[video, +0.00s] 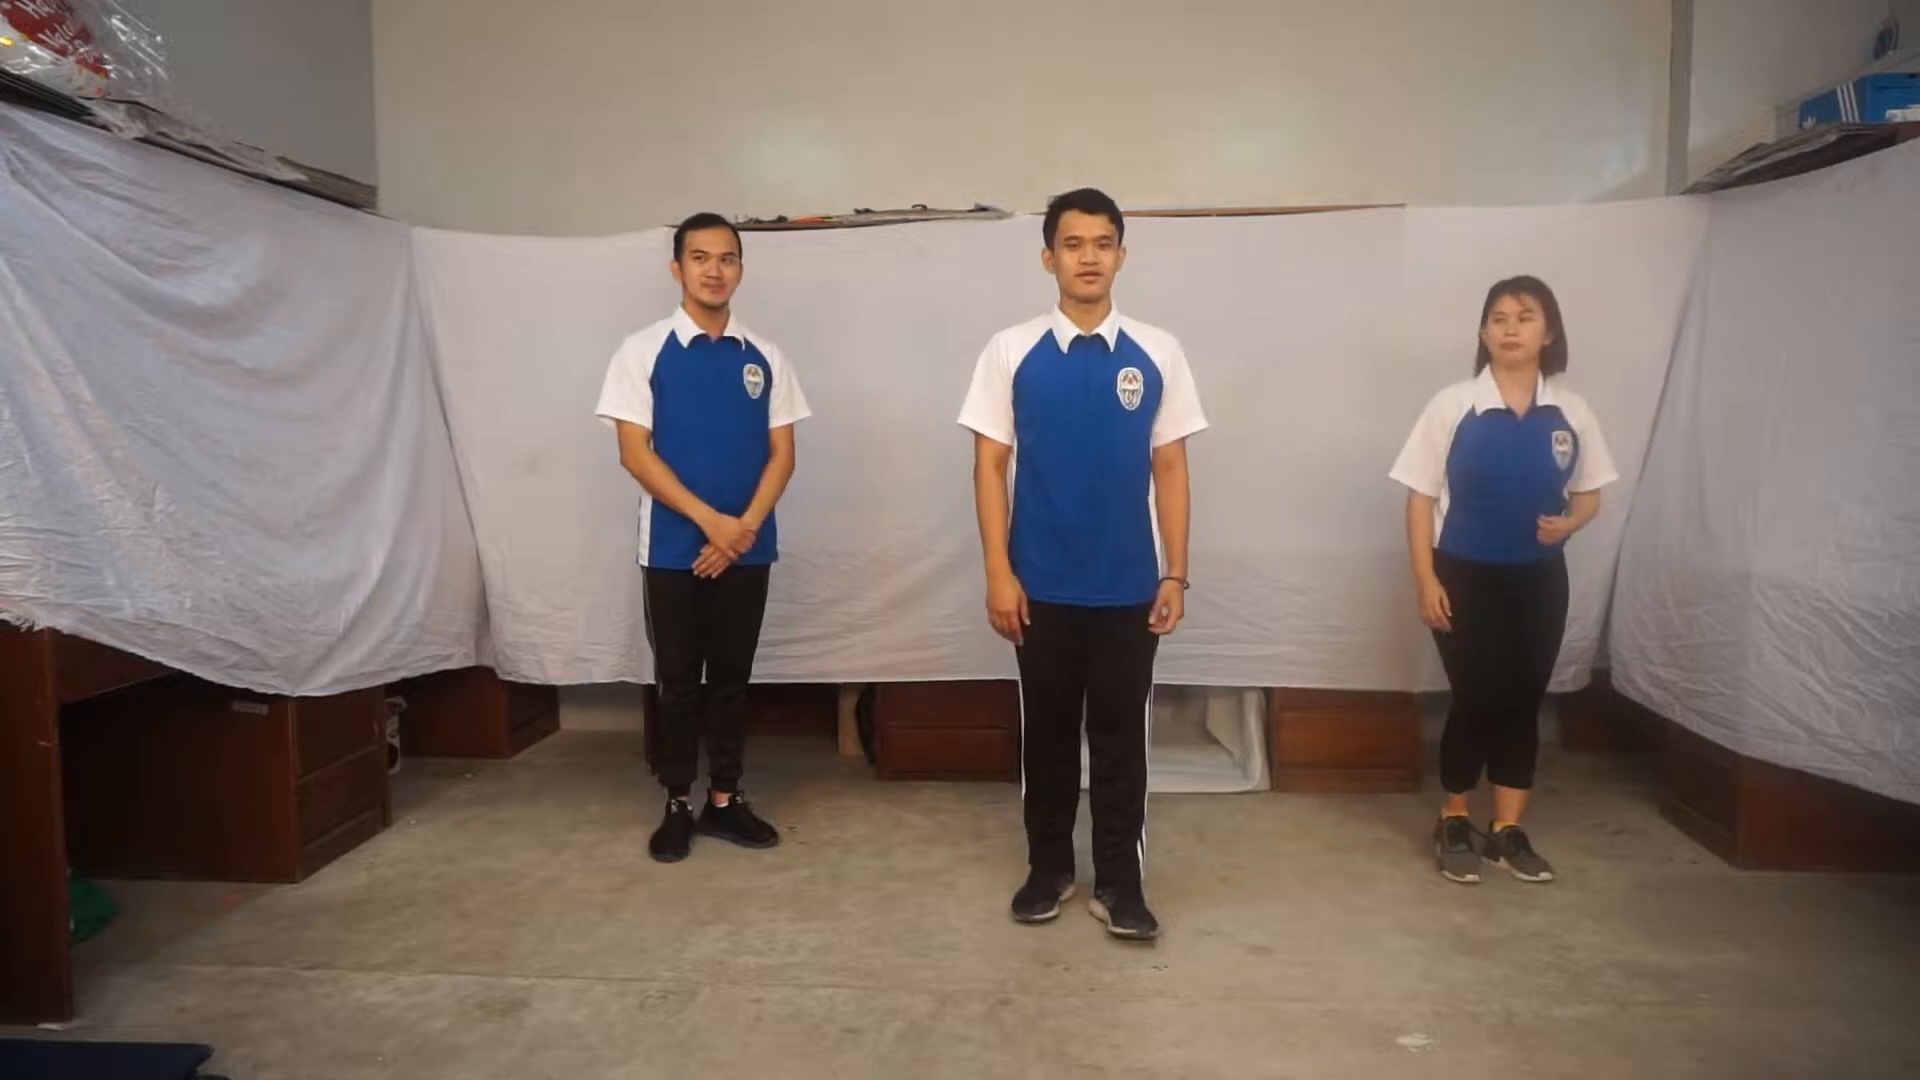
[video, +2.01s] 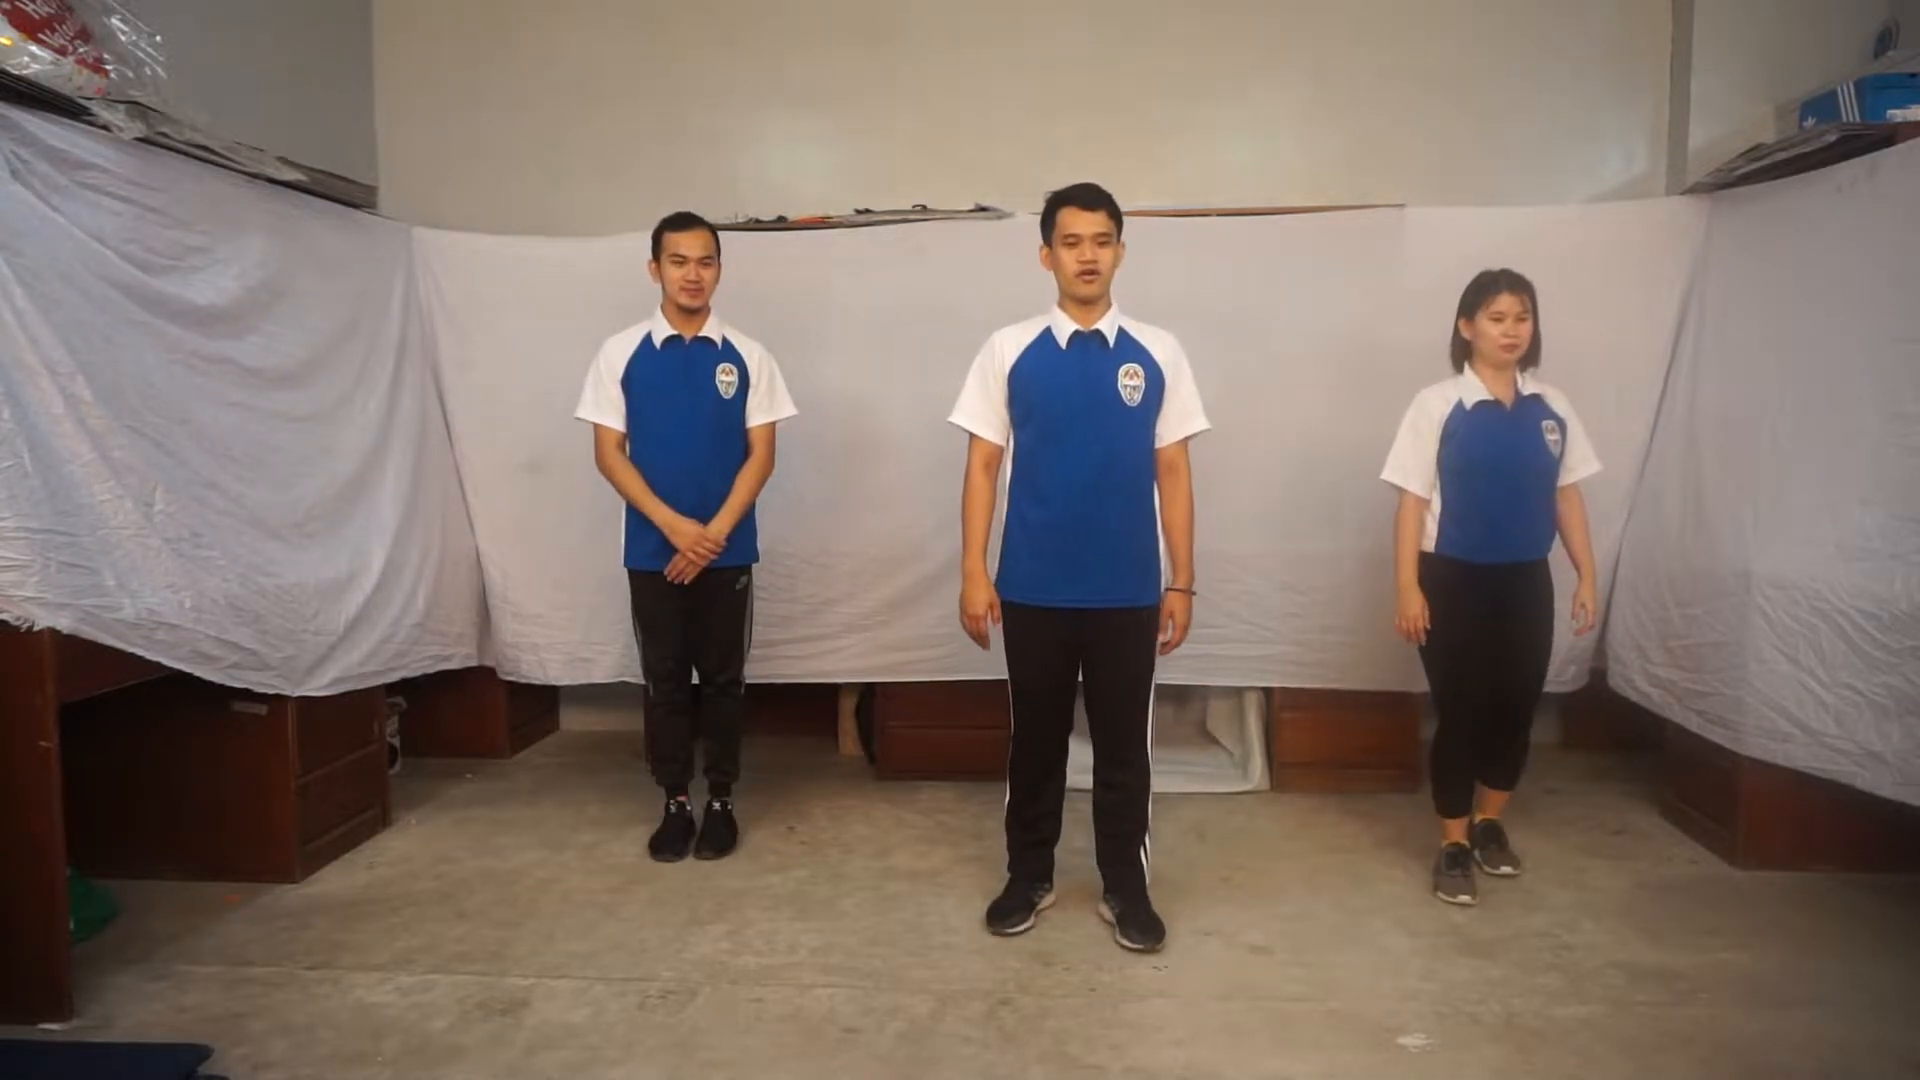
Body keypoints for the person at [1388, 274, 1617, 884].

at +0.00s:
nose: (1511, 326)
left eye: (1525, 317)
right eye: (1499, 317)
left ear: (1549, 332)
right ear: (1484, 331)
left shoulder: (1570, 409)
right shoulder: (1452, 404)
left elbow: (1589, 493)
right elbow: (1420, 496)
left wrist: (1570, 522)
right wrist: (1425, 579)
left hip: (1538, 576)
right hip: (1466, 576)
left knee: (1522, 701)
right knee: (1474, 699)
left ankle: (1508, 830)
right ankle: (1454, 822)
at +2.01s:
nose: (1511, 328)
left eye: (1521, 318)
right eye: (1496, 317)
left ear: (1533, 329)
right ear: (1467, 326)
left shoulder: (1550, 405)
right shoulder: (1436, 403)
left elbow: (1568, 498)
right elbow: (1411, 503)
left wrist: (1586, 574)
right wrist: (1407, 588)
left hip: (1526, 583)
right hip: (1454, 580)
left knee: (1515, 707)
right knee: (1461, 709)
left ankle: (1487, 823)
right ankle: (1453, 843)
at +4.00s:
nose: (1518, 312)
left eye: (1528, 303)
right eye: (1503, 304)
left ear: (1545, 319)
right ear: (1476, 322)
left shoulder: (1567, 401)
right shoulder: (1451, 400)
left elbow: (1609, 483)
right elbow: (1432, 499)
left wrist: (1669, 537)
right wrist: (1509, 512)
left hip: (1546, 587)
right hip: (1462, 587)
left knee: (1557, 713)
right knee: (1465, 715)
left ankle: (1564, 850)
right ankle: (1461, 848)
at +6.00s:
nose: (1397, 334)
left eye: (1399, 323)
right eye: (1384, 323)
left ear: (1395, 334)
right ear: (1343, 334)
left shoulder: (1402, 416)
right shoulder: (1308, 411)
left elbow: (1457, 476)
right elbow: (1249, 495)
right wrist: (1249, 558)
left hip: (1367, 604)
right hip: (1293, 602)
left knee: (1402, 729)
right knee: (1293, 737)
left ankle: (1426, 861)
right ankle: (1233, 865)